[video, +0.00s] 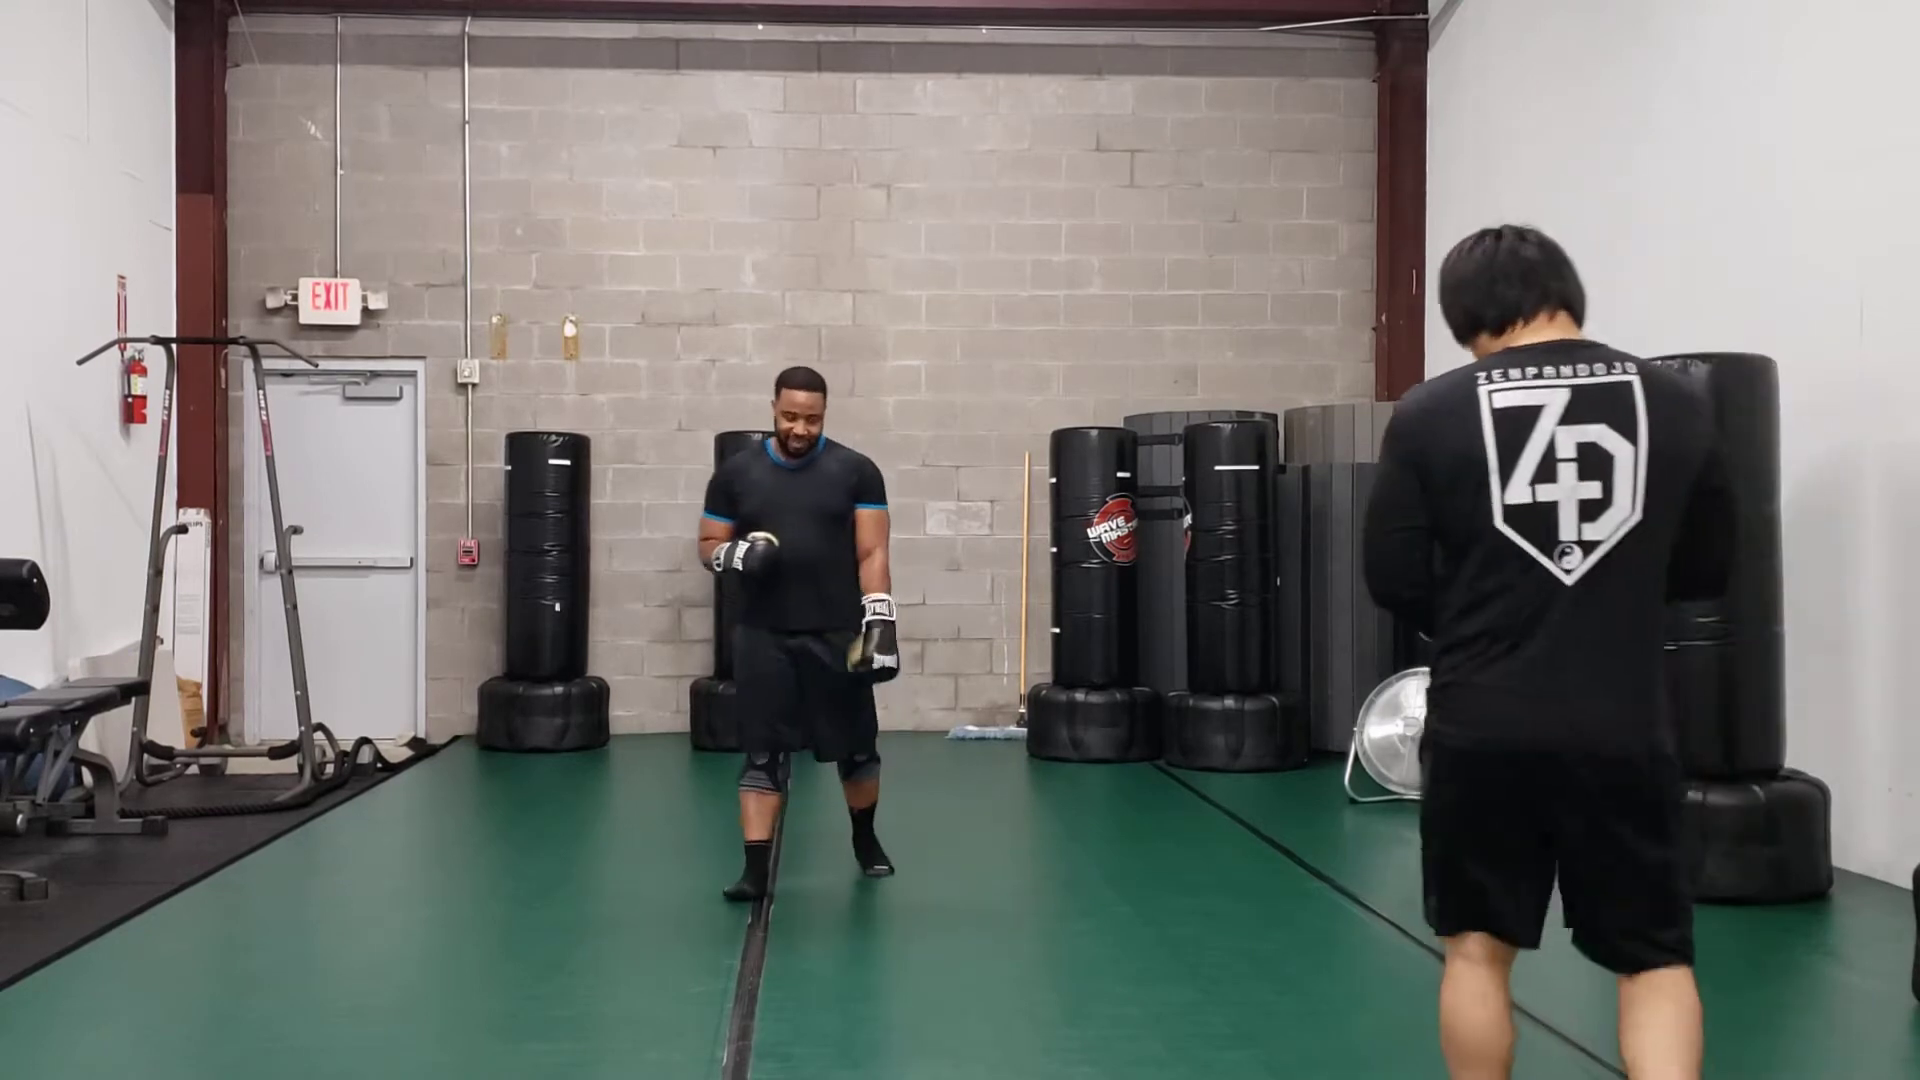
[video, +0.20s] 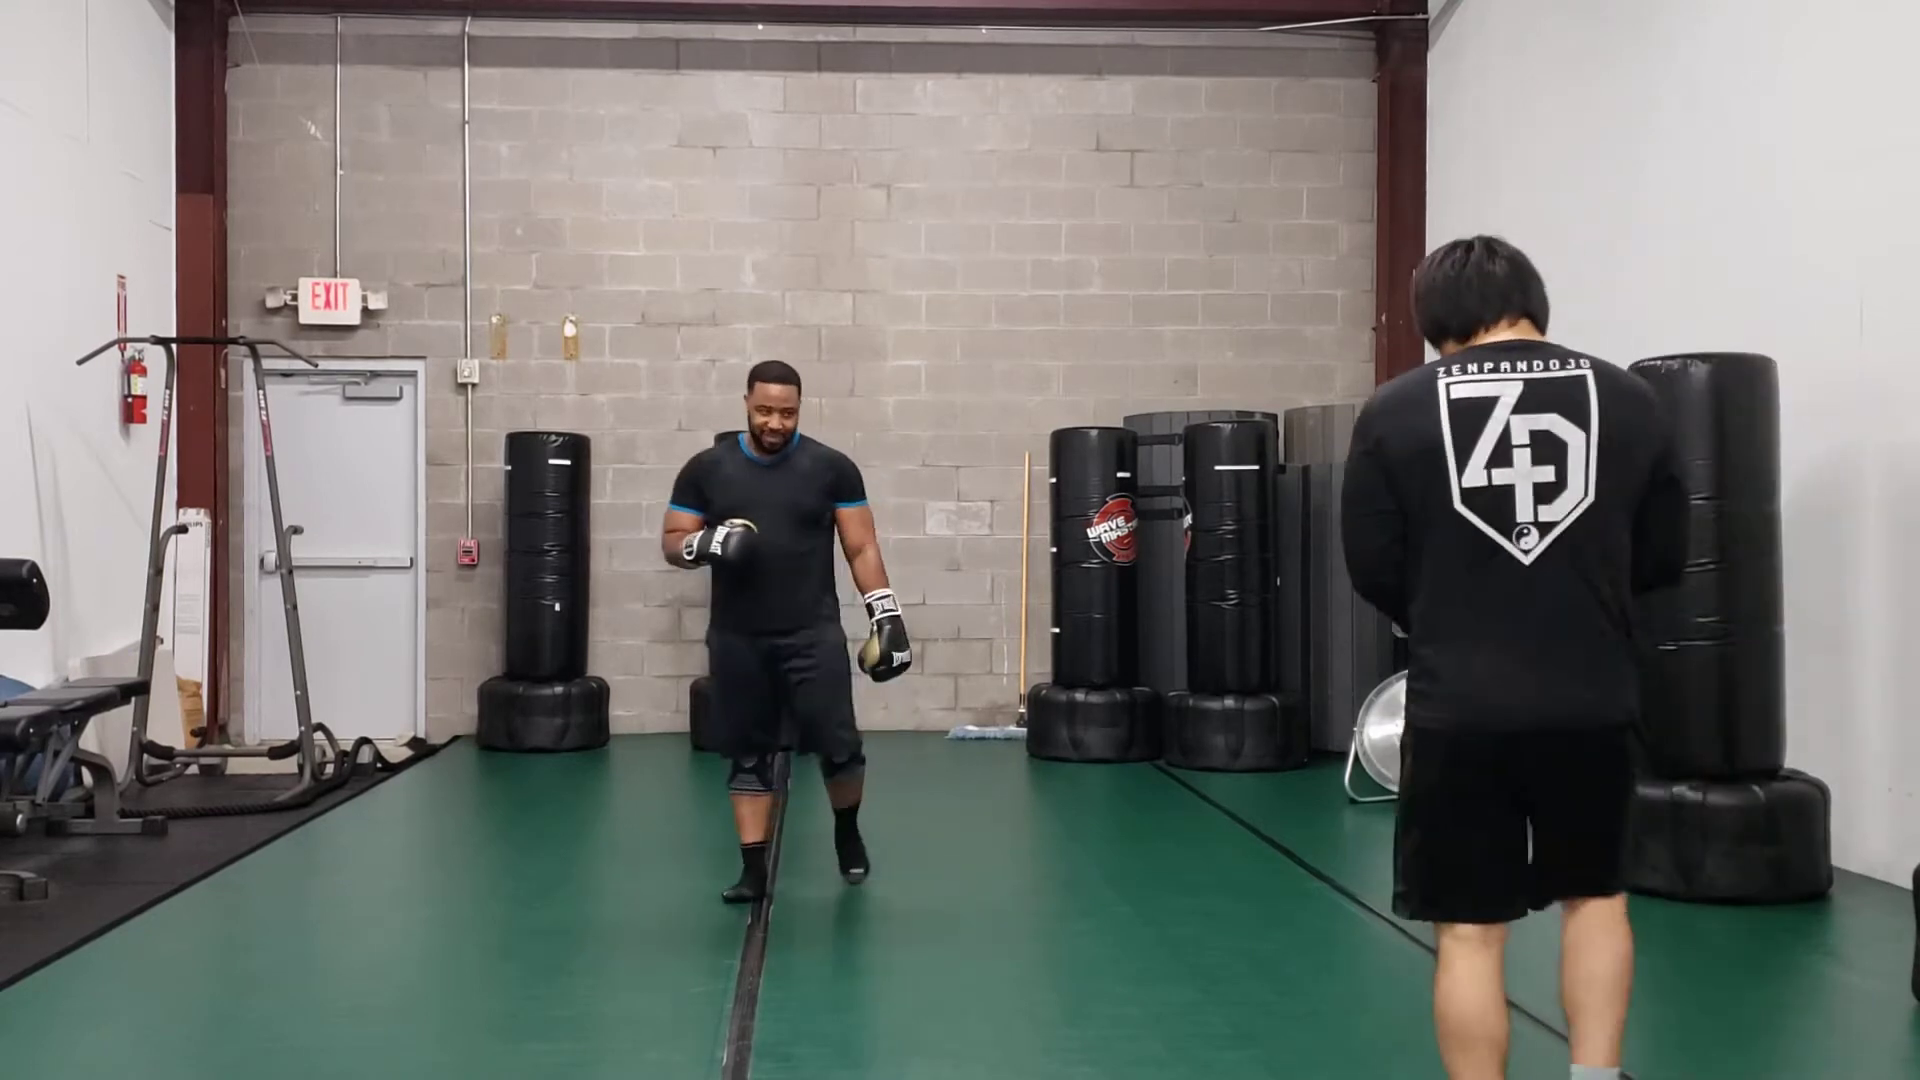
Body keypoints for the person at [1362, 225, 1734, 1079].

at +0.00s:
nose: (1463, 345)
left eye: (1462, 330)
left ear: (1469, 326)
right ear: (1575, 306)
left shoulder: (1432, 411)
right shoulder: (1673, 399)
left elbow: (1392, 574)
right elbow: (1705, 565)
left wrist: (1482, 608)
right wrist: (1609, 579)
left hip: (1483, 733)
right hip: (1623, 731)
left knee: (1476, 950)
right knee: (1653, 956)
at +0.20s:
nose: (1430, 346)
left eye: (1429, 333)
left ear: (1436, 332)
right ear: (1539, 314)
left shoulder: (1399, 409)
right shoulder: (1623, 396)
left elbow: (1373, 564)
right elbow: (1661, 557)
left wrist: (1446, 611)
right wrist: (1581, 588)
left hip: (1463, 710)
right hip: (1588, 702)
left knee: (1470, 932)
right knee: (1595, 896)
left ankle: (1476, 1076)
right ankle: (1597, 1073)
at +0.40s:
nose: (1426, 374)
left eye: (1425, 361)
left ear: (1432, 356)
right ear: (1528, 339)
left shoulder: (1399, 429)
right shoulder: (1609, 413)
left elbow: (1373, 582)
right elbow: (1648, 562)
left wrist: (1396, 696)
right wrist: (1566, 540)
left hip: (1450, 709)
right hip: (1566, 707)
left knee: (1461, 922)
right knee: (1557, 905)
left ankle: (1478, 1075)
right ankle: (1548, 1071)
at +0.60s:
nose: (1430, 374)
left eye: (1430, 361)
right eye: (1433, 364)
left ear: (1441, 354)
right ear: (1528, 339)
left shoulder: (1411, 419)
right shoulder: (1605, 409)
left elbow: (1390, 565)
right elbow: (1628, 549)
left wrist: (1408, 658)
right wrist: (1547, 544)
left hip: (1453, 685)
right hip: (1568, 687)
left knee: (1405, 860)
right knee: (1555, 882)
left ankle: (1464, 1047)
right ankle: (1547, 1069)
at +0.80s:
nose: (1403, 386)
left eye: (1402, 371)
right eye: (1400, 373)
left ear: (1423, 357)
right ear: (1490, 337)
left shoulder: (1408, 421)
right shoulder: (1575, 413)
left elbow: (1386, 560)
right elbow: (1567, 545)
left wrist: (1405, 640)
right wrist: (1509, 614)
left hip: (1439, 682)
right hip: (1549, 681)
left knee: (1397, 854)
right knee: (1543, 875)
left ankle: (1387, 1038)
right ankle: (1543, 1066)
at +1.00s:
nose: (1359, 404)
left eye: (1357, 390)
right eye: (1355, 391)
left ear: (1374, 375)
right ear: (1429, 353)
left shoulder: (1362, 444)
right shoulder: (1518, 423)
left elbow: (1346, 588)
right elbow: (1537, 546)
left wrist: (1344, 668)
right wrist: (1488, 609)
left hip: (1403, 683)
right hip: (1507, 680)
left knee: (1382, 858)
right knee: (1519, 860)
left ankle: (1378, 1037)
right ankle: (1535, 1047)